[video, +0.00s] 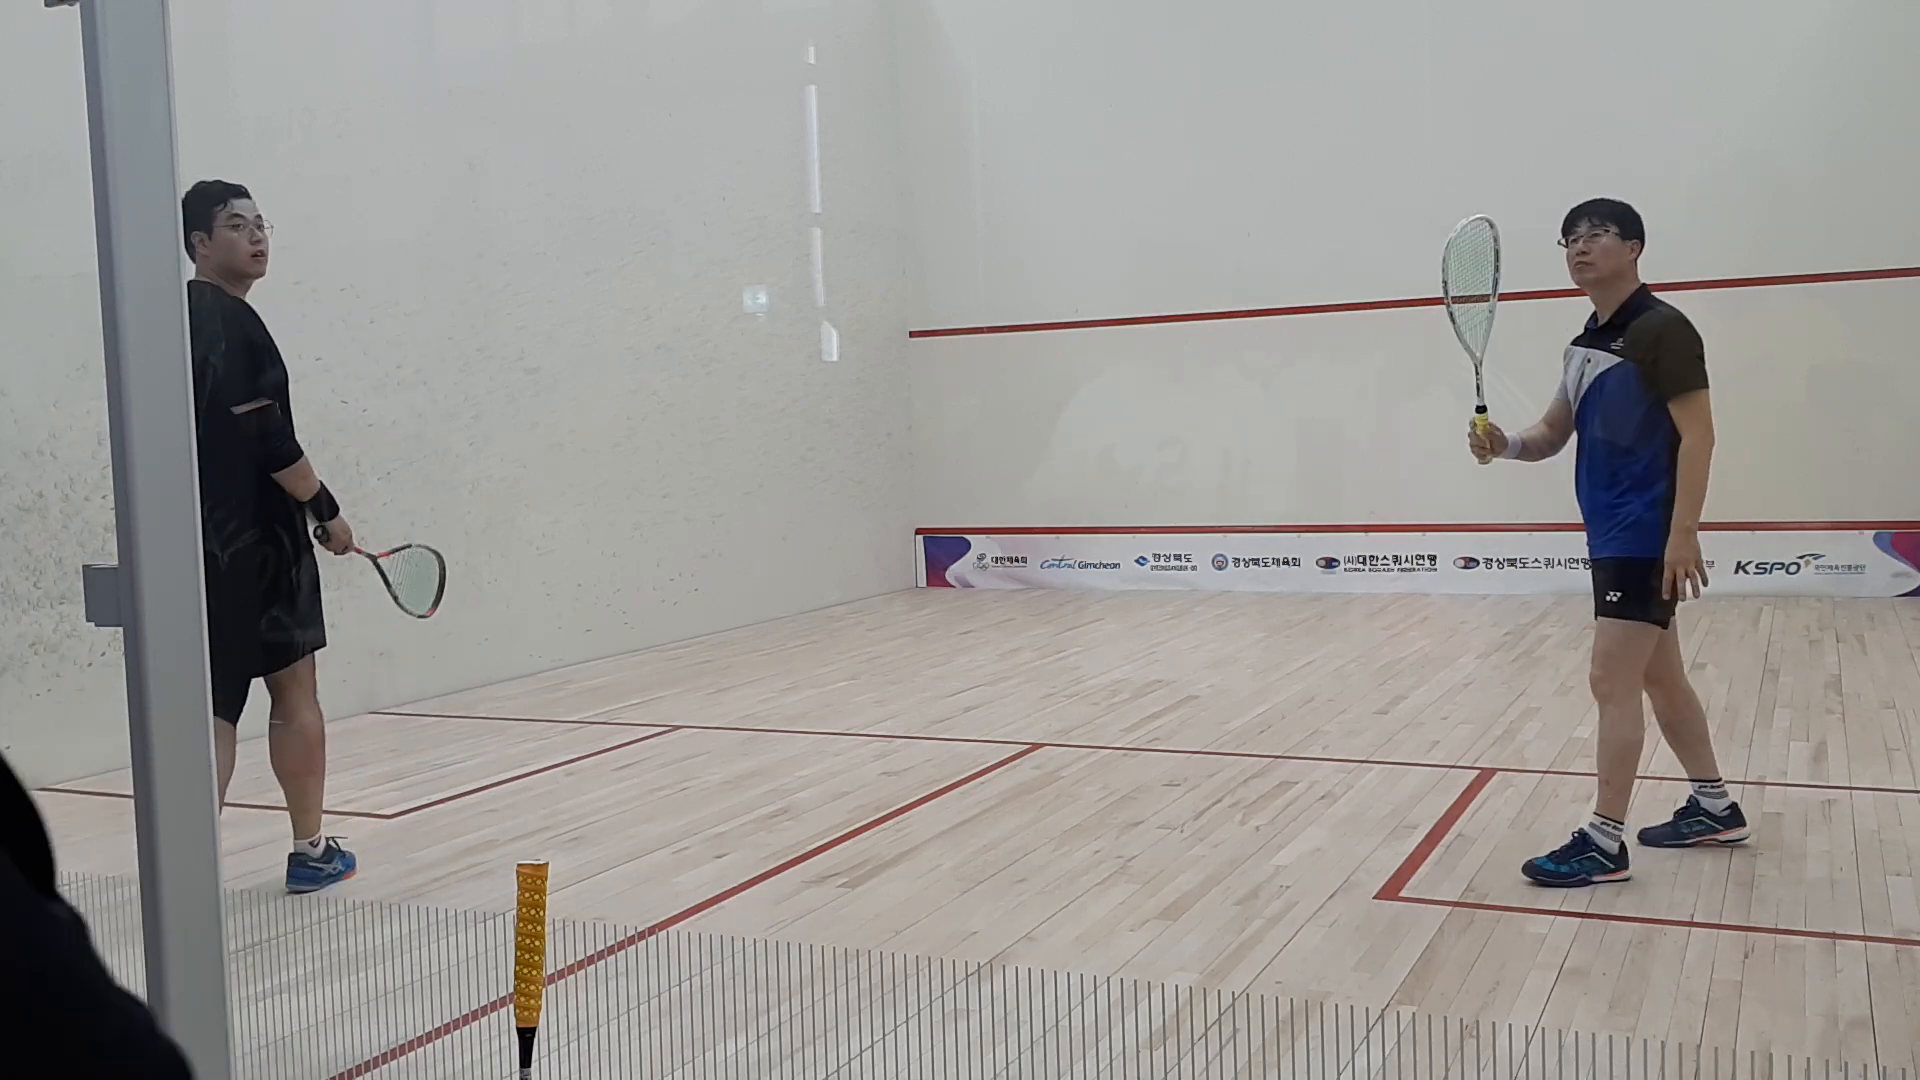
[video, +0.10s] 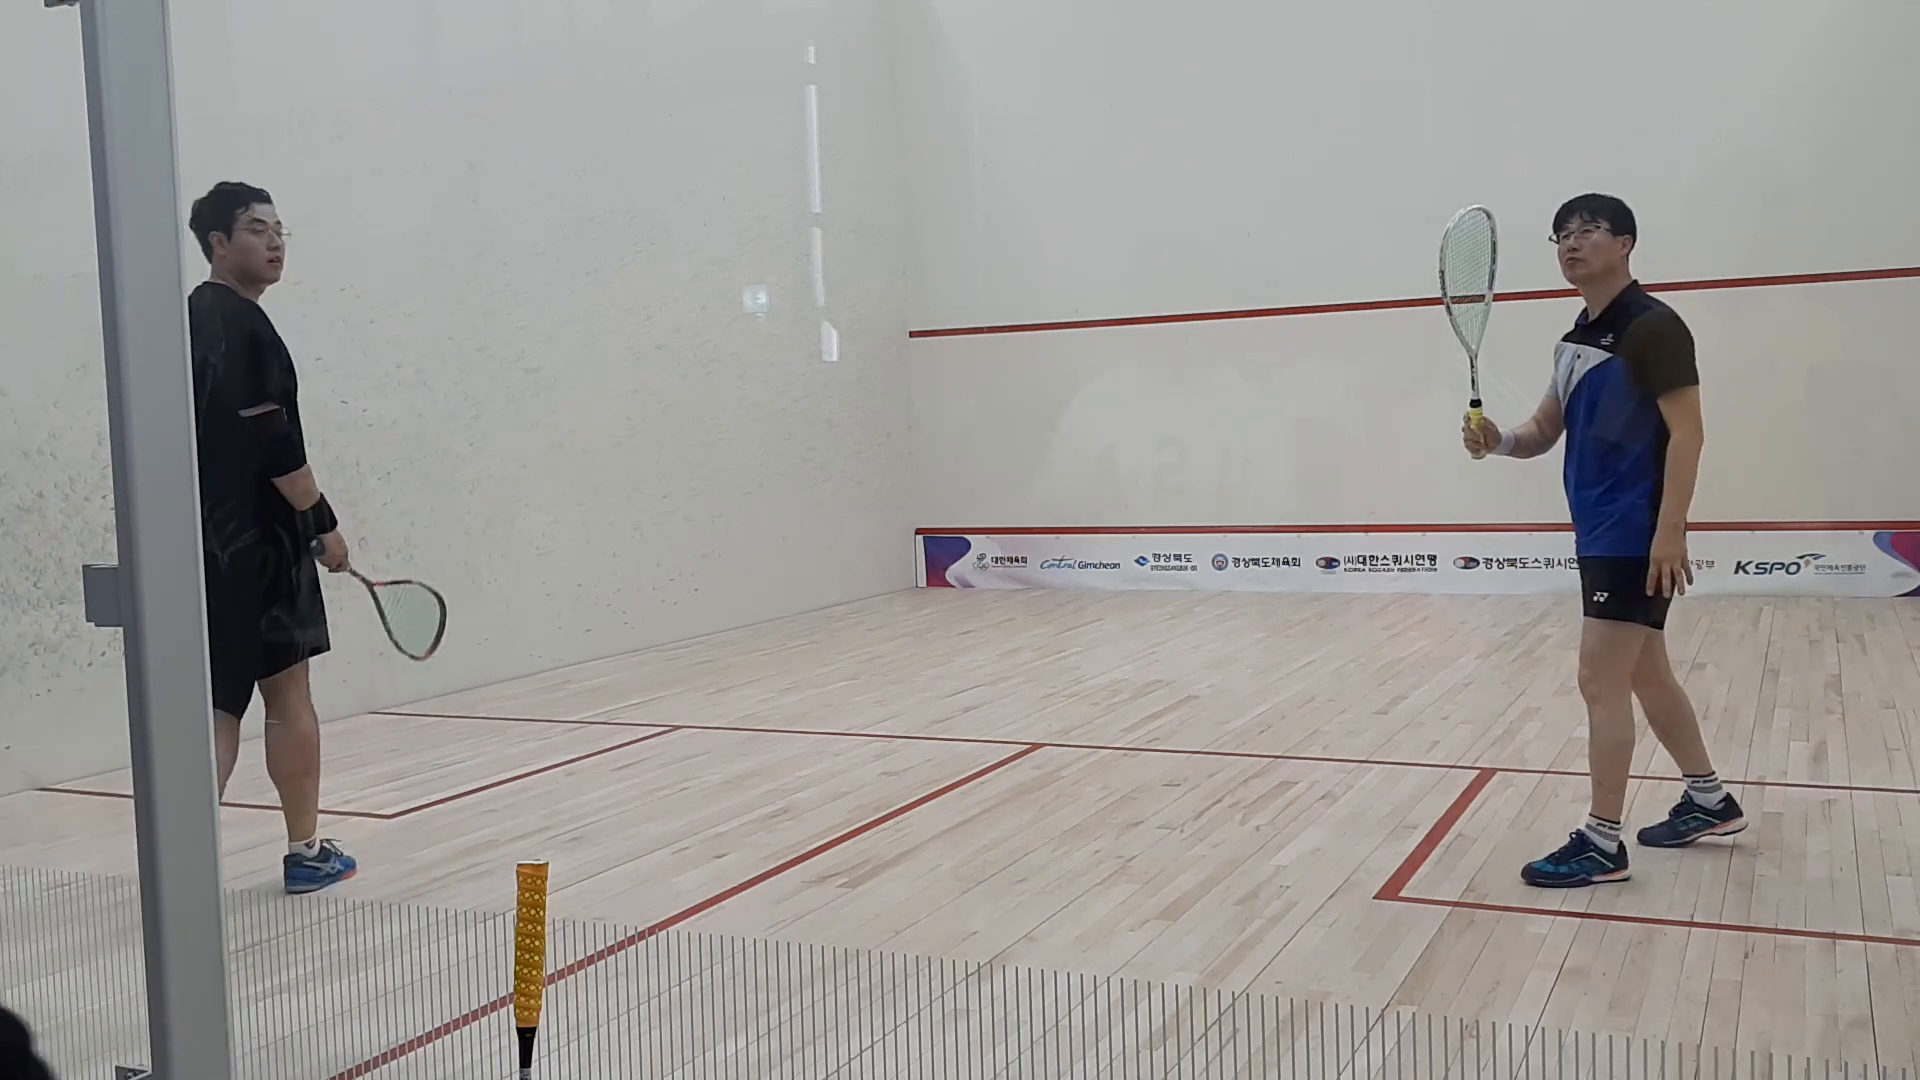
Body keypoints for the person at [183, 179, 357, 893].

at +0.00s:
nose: (261, 237)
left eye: (260, 225)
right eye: (241, 226)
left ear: (218, 248)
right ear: (200, 244)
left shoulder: (176, 317)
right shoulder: (236, 327)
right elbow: (276, 447)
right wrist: (327, 511)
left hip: (199, 546)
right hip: (264, 540)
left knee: (214, 714)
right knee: (295, 691)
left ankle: (189, 868)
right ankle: (311, 849)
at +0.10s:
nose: (278, 241)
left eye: (277, 229)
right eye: (259, 230)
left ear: (227, 248)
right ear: (217, 244)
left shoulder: (191, 316)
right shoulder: (247, 329)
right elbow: (280, 453)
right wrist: (324, 525)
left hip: (206, 549)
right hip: (261, 546)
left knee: (217, 714)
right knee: (289, 697)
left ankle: (182, 863)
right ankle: (306, 851)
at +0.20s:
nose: (306, 256)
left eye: (307, 244)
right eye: (293, 243)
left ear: (243, 252)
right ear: (248, 247)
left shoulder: (194, 320)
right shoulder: (266, 329)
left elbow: (180, 444)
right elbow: (286, 454)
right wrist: (319, 539)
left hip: (199, 549)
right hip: (262, 546)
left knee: (211, 711)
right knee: (288, 697)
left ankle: (183, 858)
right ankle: (304, 851)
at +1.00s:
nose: (249, 273)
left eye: (249, 259)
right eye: (242, 259)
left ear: (187, 257)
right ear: (206, 256)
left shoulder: (113, 323)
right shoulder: (231, 330)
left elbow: (91, 437)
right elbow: (272, 437)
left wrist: (157, 455)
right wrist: (303, 460)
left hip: (143, 549)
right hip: (232, 543)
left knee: (153, 711)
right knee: (282, 690)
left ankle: (152, 869)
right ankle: (319, 843)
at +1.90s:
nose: (293, 271)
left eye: (290, 260)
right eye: (289, 261)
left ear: (215, 269)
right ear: (272, 267)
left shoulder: (177, 321)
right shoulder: (305, 345)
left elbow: (115, 403)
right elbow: (314, 452)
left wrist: (51, 431)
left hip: (186, 547)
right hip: (276, 550)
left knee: (155, 699)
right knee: (294, 696)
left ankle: (135, 855)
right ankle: (324, 853)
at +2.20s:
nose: (221, 283)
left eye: (217, 271)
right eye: (217, 272)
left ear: (145, 271)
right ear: (202, 277)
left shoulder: (108, 328)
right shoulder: (239, 354)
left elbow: (70, 408)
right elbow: (245, 461)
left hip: (115, 560)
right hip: (216, 564)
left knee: (78, 699)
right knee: (247, 693)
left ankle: (86, 867)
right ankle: (316, 843)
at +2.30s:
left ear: (107, 259)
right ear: (177, 265)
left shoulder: (72, 334)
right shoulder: (205, 353)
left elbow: (30, 419)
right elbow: (210, 464)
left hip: (85, 557)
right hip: (181, 562)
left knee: (59, 703)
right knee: (206, 685)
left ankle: (84, 867)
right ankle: (278, 810)